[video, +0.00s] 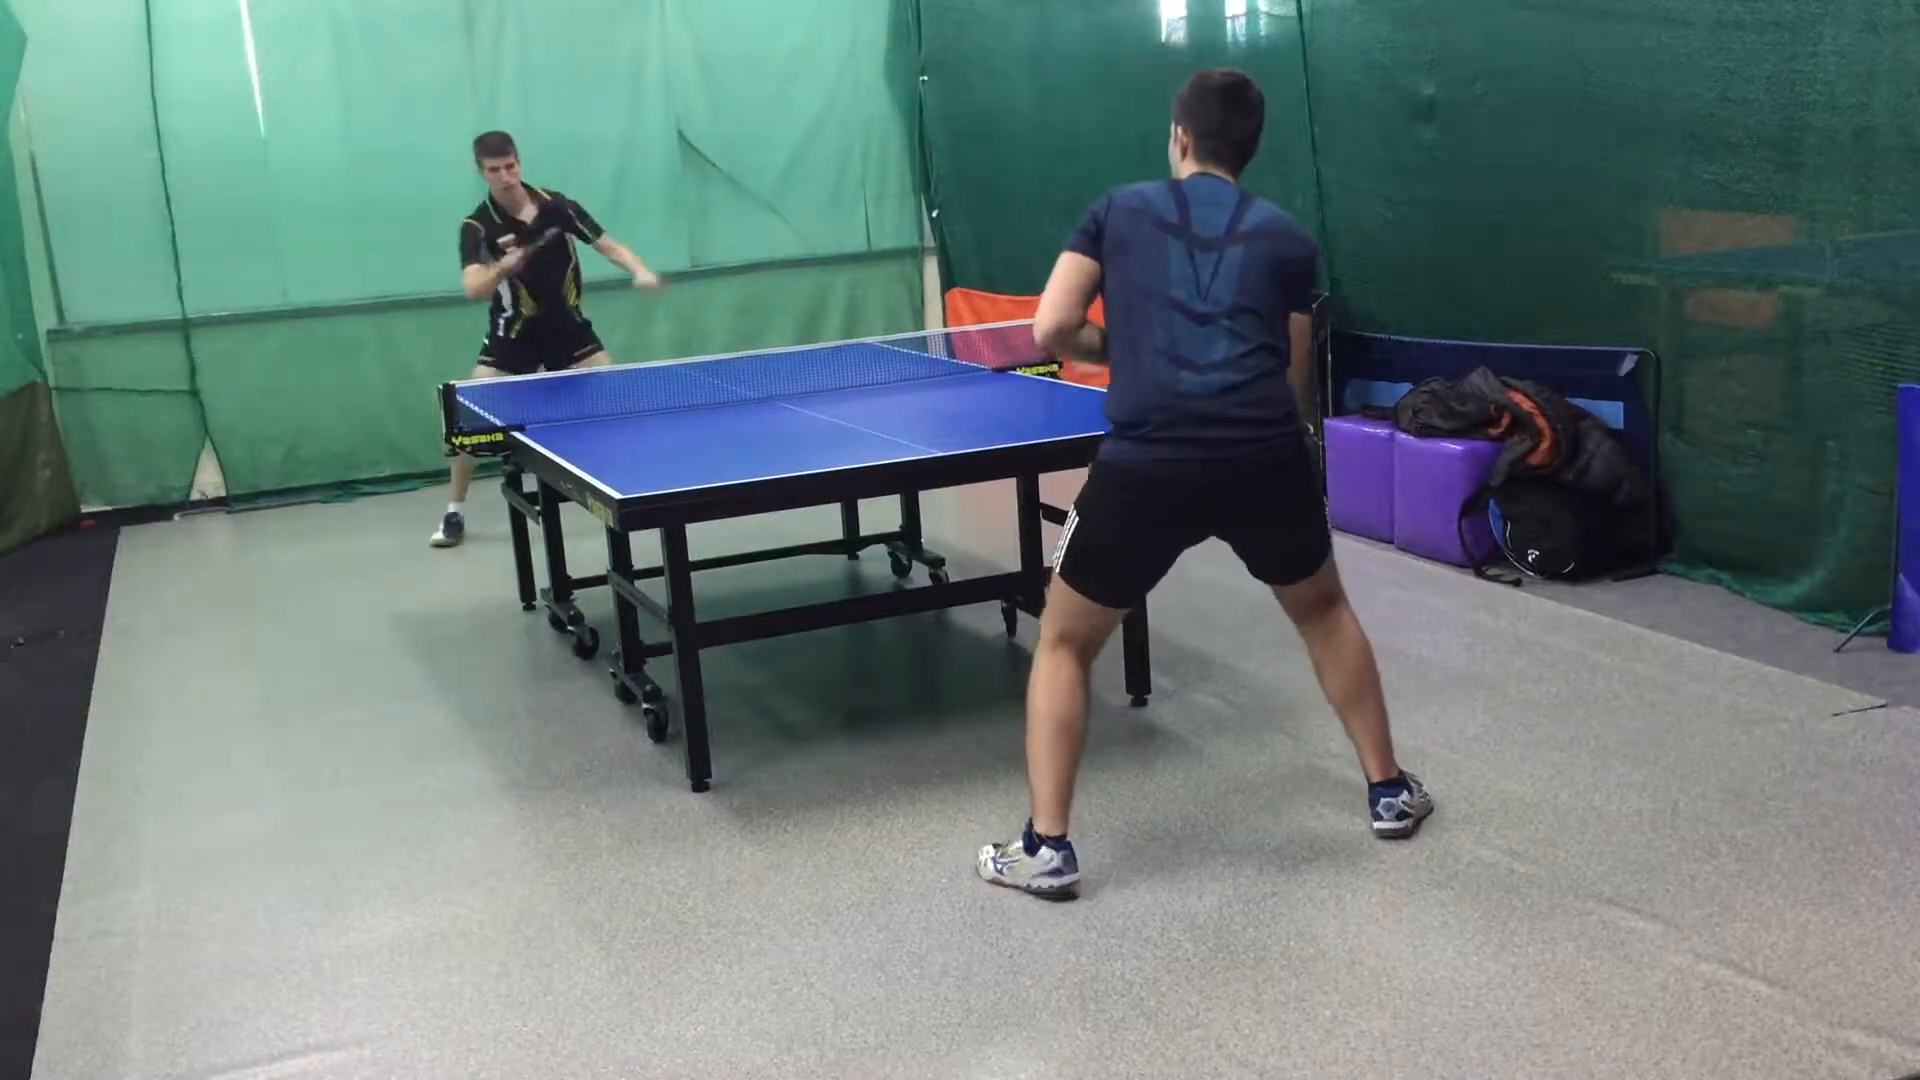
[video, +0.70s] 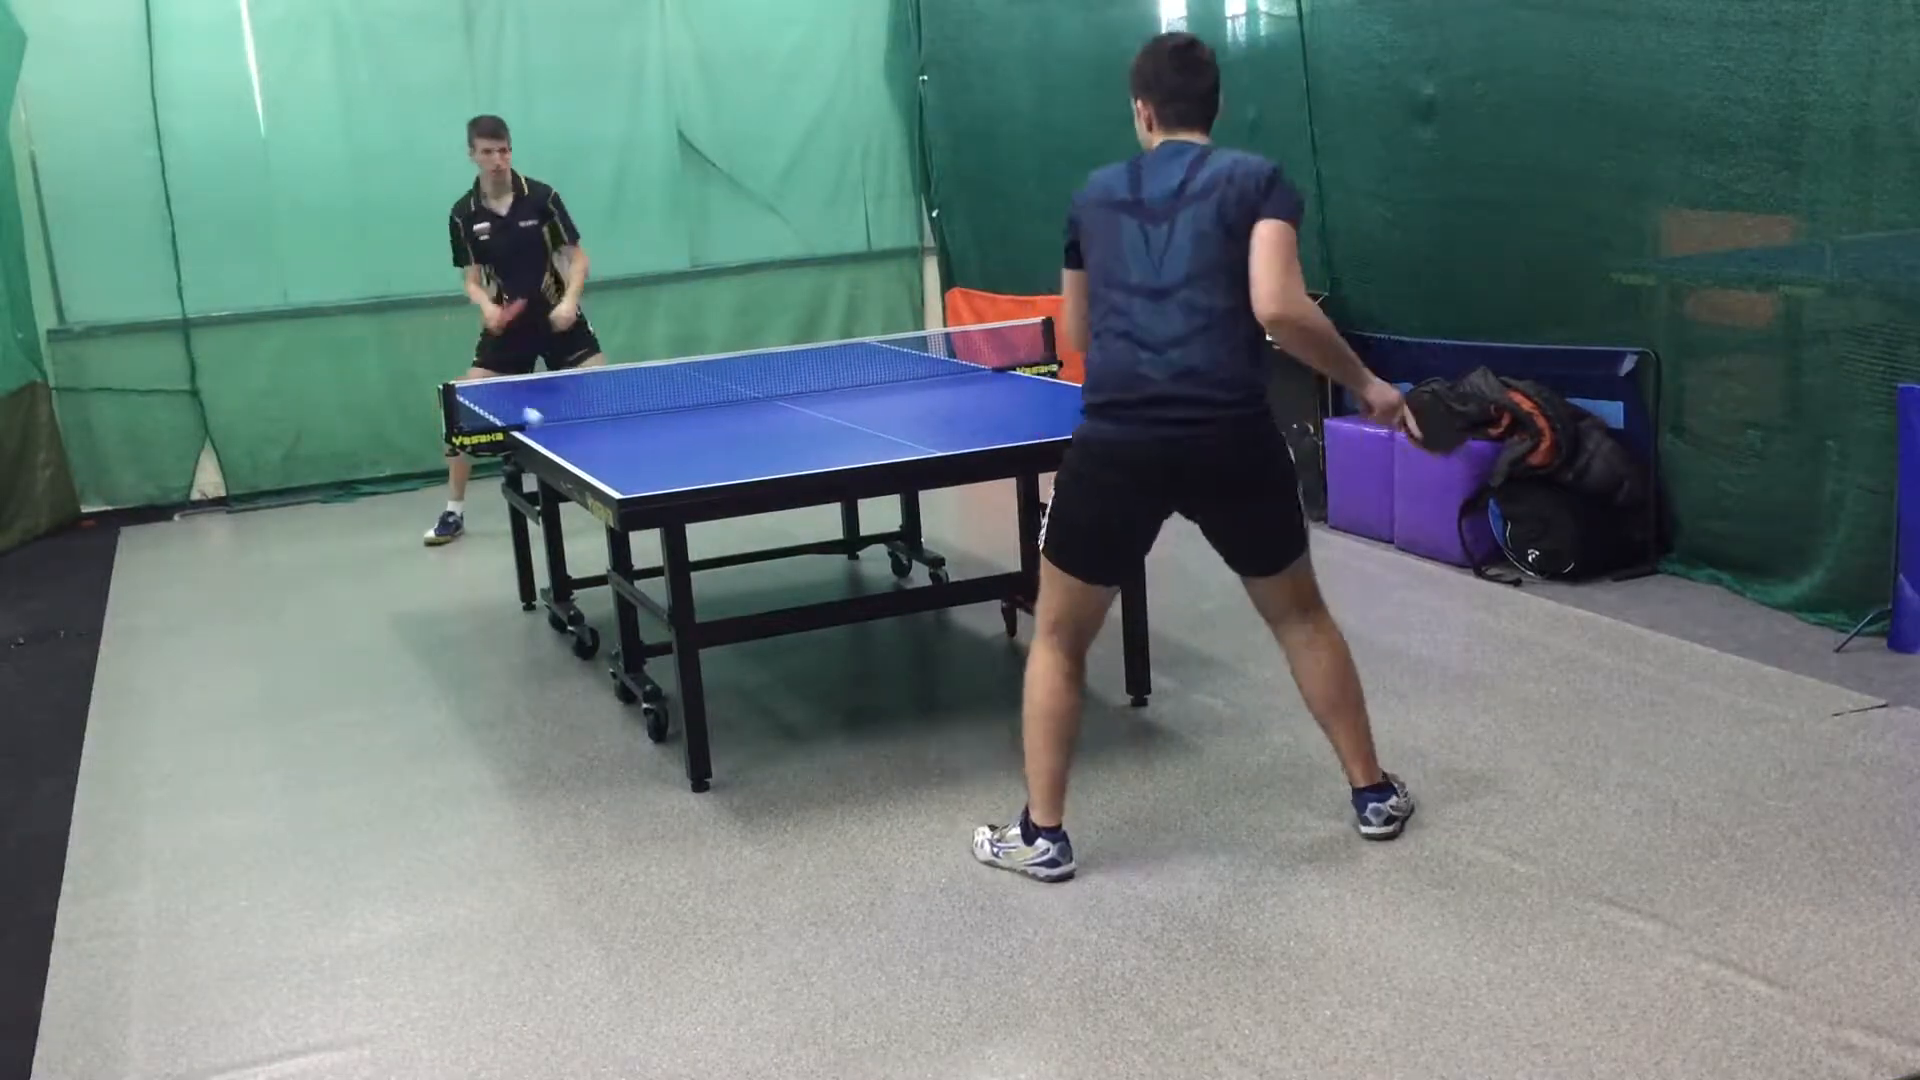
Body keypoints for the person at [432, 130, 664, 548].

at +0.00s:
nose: (504, 176)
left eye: (509, 166)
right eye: (495, 170)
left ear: (519, 163)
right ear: (482, 173)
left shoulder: (556, 206)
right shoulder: (478, 225)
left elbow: (607, 246)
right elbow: (473, 286)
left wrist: (640, 268)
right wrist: (503, 266)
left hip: (568, 328)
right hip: (510, 338)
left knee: (617, 398)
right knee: (473, 416)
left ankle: (635, 491)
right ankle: (454, 512)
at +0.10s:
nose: (481, 183)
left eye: (486, 174)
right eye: (471, 177)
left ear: (496, 171)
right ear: (459, 181)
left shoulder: (531, 212)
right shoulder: (454, 231)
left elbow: (579, 267)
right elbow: (446, 307)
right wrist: (474, 300)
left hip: (550, 322)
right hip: (500, 330)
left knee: (603, 396)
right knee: (464, 410)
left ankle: (624, 490)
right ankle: (451, 510)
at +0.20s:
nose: (462, 196)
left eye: (466, 186)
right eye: (452, 190)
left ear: (476, 181)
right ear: (439, 193)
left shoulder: (510, 224)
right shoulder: (441, 240)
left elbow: (543, 293)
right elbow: (438, 303)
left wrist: (512, 335)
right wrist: (414, 332)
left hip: (541, 318)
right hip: (494, 325)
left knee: (586, 395)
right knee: (457, 403)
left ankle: (613, 489)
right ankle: (450, 511)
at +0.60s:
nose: (491, 161)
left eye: (496, 152)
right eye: (481, 154)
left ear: (505, 152)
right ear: (466, 158)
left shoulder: (533, 200)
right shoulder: (461, 214)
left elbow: (568, 265)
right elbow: (474, 275)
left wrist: (543, 309)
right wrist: (470, 314)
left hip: (555, 311)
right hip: (506, 320)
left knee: (598, 396)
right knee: (463, 402)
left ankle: (625, 492)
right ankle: (453, 510)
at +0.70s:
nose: (497, 161)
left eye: (503, 152)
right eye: (487, 154)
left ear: (511, 151)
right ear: (472, 156)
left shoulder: (542, 197)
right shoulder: (463, 214)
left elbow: (577, 256)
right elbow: (471, 280)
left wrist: (570, 301)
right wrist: (488, 307)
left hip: (557, 315)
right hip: (507, 323)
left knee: (602, 398)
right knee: (466, 405)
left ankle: (627, 493)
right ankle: (454, 510)